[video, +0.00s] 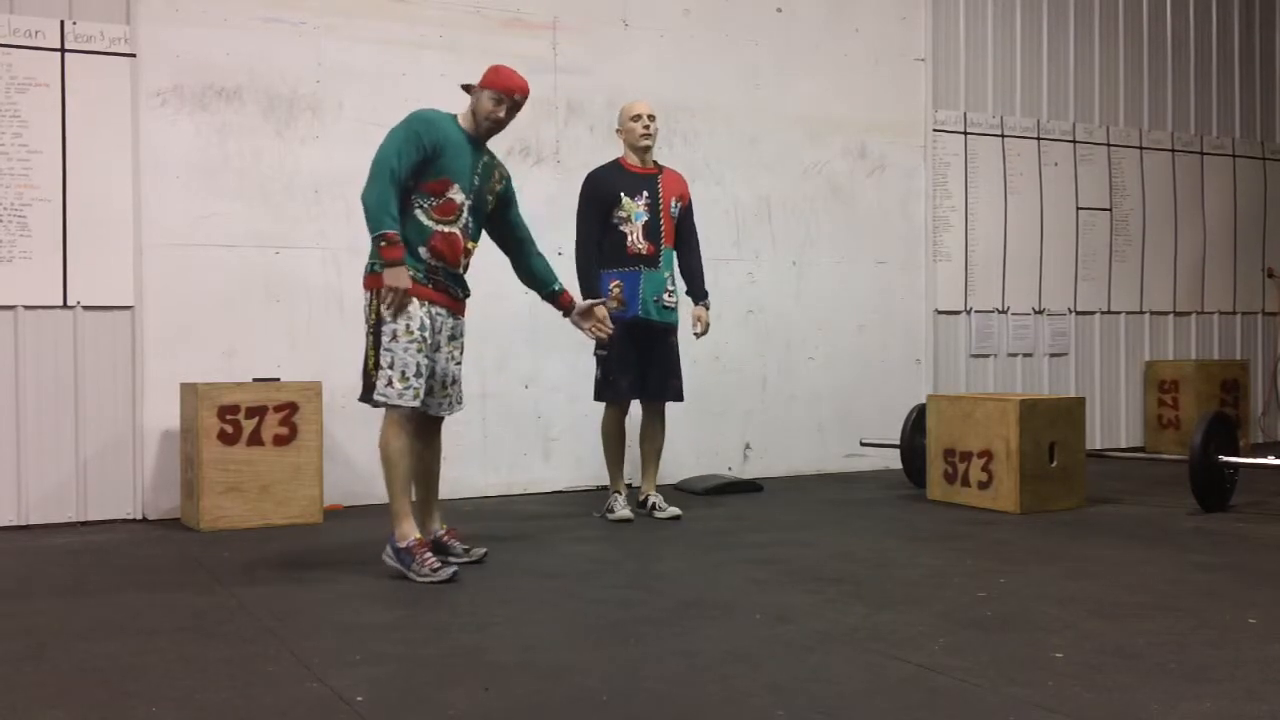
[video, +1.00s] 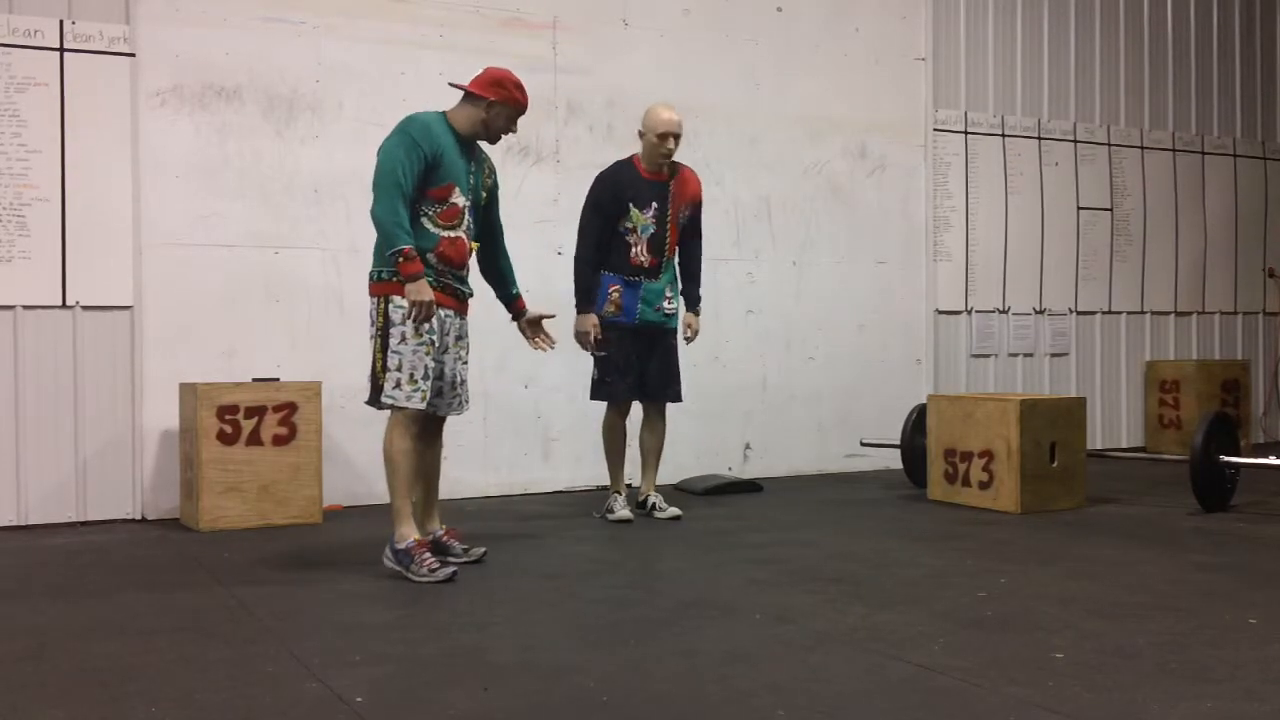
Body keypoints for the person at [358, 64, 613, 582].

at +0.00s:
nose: (502, 110)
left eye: (511, 106)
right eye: (496, 98)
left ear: (516, 116)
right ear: (473, 93)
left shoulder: (493, 177)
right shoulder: (427, 127)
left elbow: (522, 249)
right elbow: (379, 185)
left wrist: (571, 307)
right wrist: (393, 259)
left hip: (447, 301)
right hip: (405, 290)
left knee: (430, 415)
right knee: (402, 411)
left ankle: (430, 530)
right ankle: (403, 538)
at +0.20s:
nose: (517, 136)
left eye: (522, 128)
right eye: (517, 124)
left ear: (500, 111)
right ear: (493, 104)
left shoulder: (491, 174)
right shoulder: (424, 128)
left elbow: (518, 246)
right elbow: (382, 191)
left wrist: (568, 304)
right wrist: (406, 260)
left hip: (448, 301)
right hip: (406, 289)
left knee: (432, 415)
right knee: (405, 410)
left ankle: (430, 530)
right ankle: (404, 538)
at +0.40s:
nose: (516, 139)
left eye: (521, 132)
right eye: (518, 128)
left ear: (502, 113)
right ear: (497, 107)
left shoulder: (489, 173)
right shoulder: (426, 128)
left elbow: (514, 248)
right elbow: (388, 193)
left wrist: (564, 304)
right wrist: (409, 264)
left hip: (447, 299)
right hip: (406, 289)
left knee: (431, 414)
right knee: (405, 410)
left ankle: (430, 530)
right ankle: (404, 538)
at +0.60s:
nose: (515, 139)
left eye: (520, 132)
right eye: (517, 128)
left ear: (499, 113)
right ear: (499, 111)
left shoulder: (486, 172)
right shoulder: (427, 128)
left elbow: (504, 249)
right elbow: (388, 195)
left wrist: (547, 308)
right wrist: (409, 265)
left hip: (446, 301)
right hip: (406, 292)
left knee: (431, 415)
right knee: (405, 411)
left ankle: (428, 529)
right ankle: (403, 538)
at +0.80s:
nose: (515, 136)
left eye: (519, 128)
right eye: (515, 125)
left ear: (495, 112)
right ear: (496, 109)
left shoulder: (486, 173)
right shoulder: (424, 129)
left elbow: (494, 250)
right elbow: (389, 197)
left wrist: (528, 312)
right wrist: (411, 268)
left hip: (447, 303)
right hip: (406, 292)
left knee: (431, 416)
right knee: (406, 412)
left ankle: (429, 529)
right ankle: (403, 538)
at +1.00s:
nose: (511, 131)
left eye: (514, 123)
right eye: (510, 120)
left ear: (491, 108)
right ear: (489, 104)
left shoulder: (482, 168)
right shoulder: (418, 132)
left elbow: (490, 246)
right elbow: (388, 205)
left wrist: (520, 309)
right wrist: (412, 271)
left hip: (450, 303)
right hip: (407, 295)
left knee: (433, 417)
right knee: (408, 413)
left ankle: (430, 530)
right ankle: (403, 540)